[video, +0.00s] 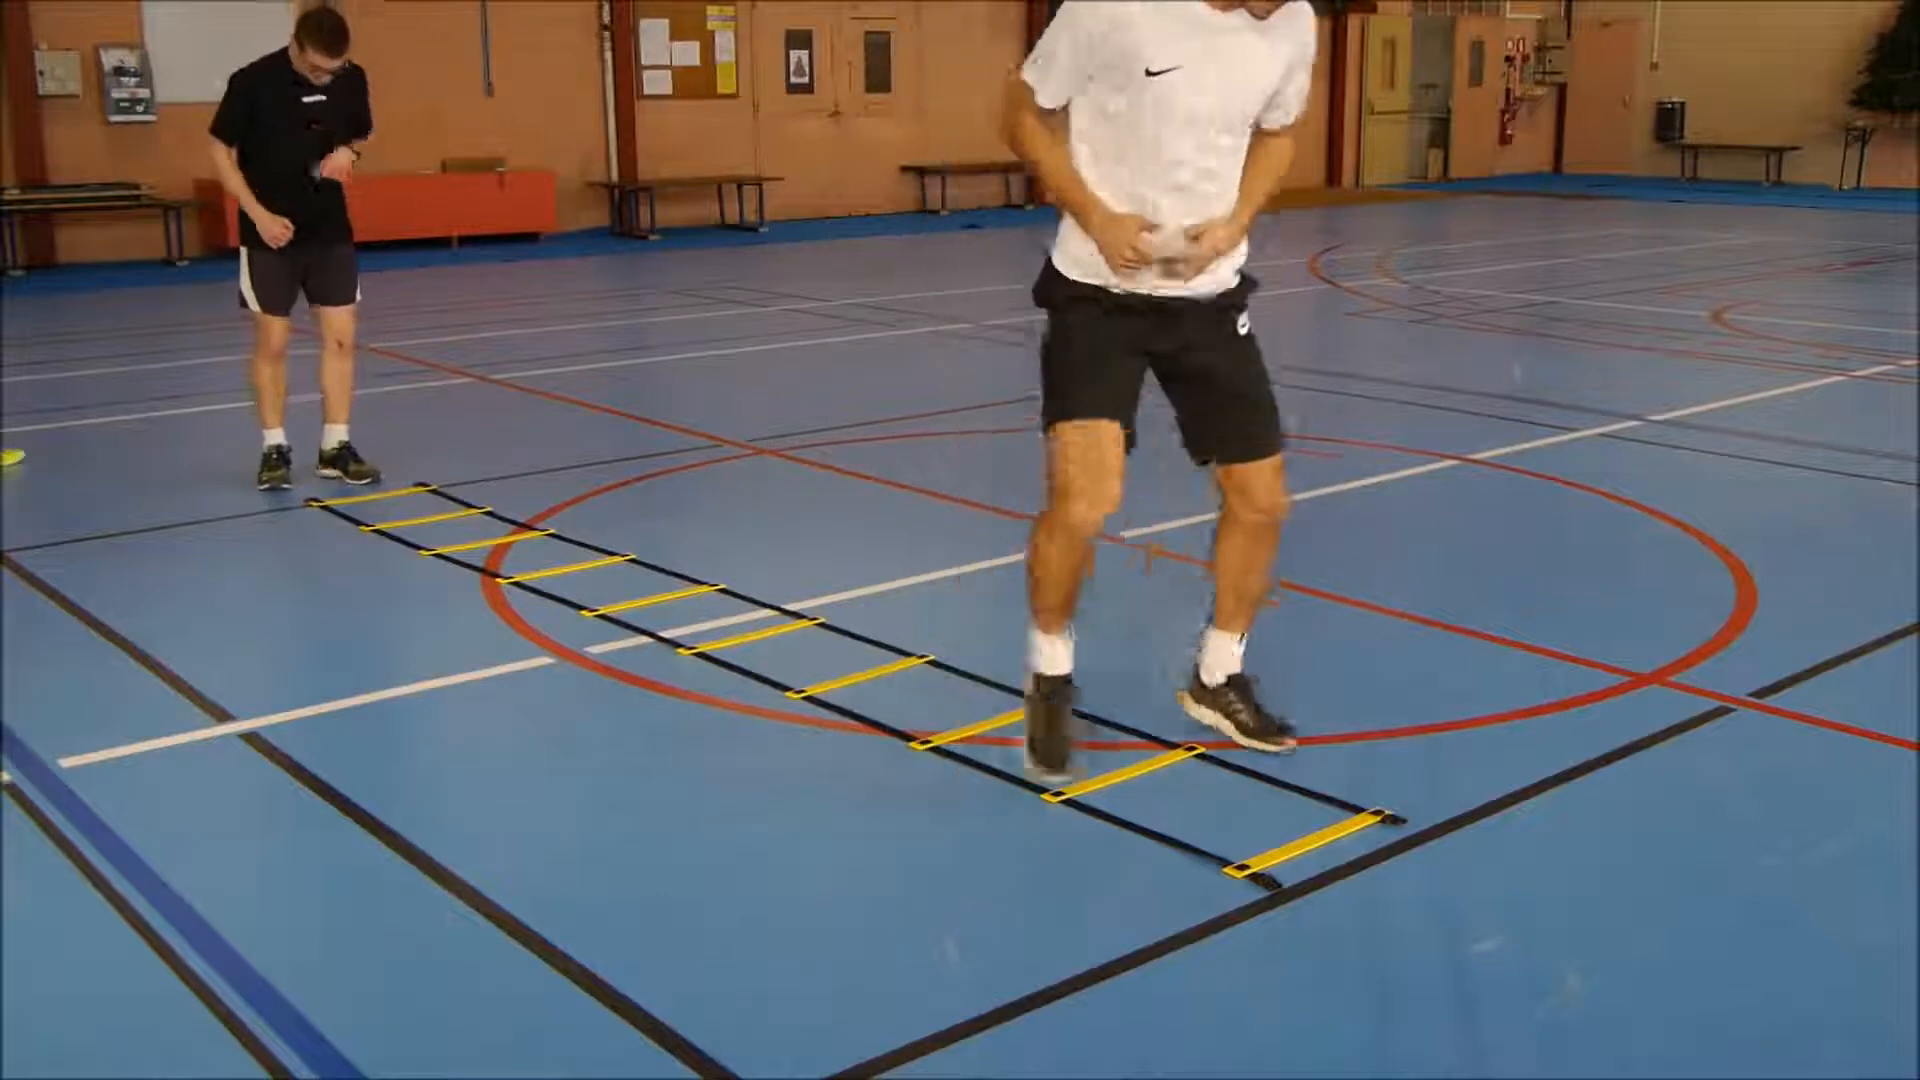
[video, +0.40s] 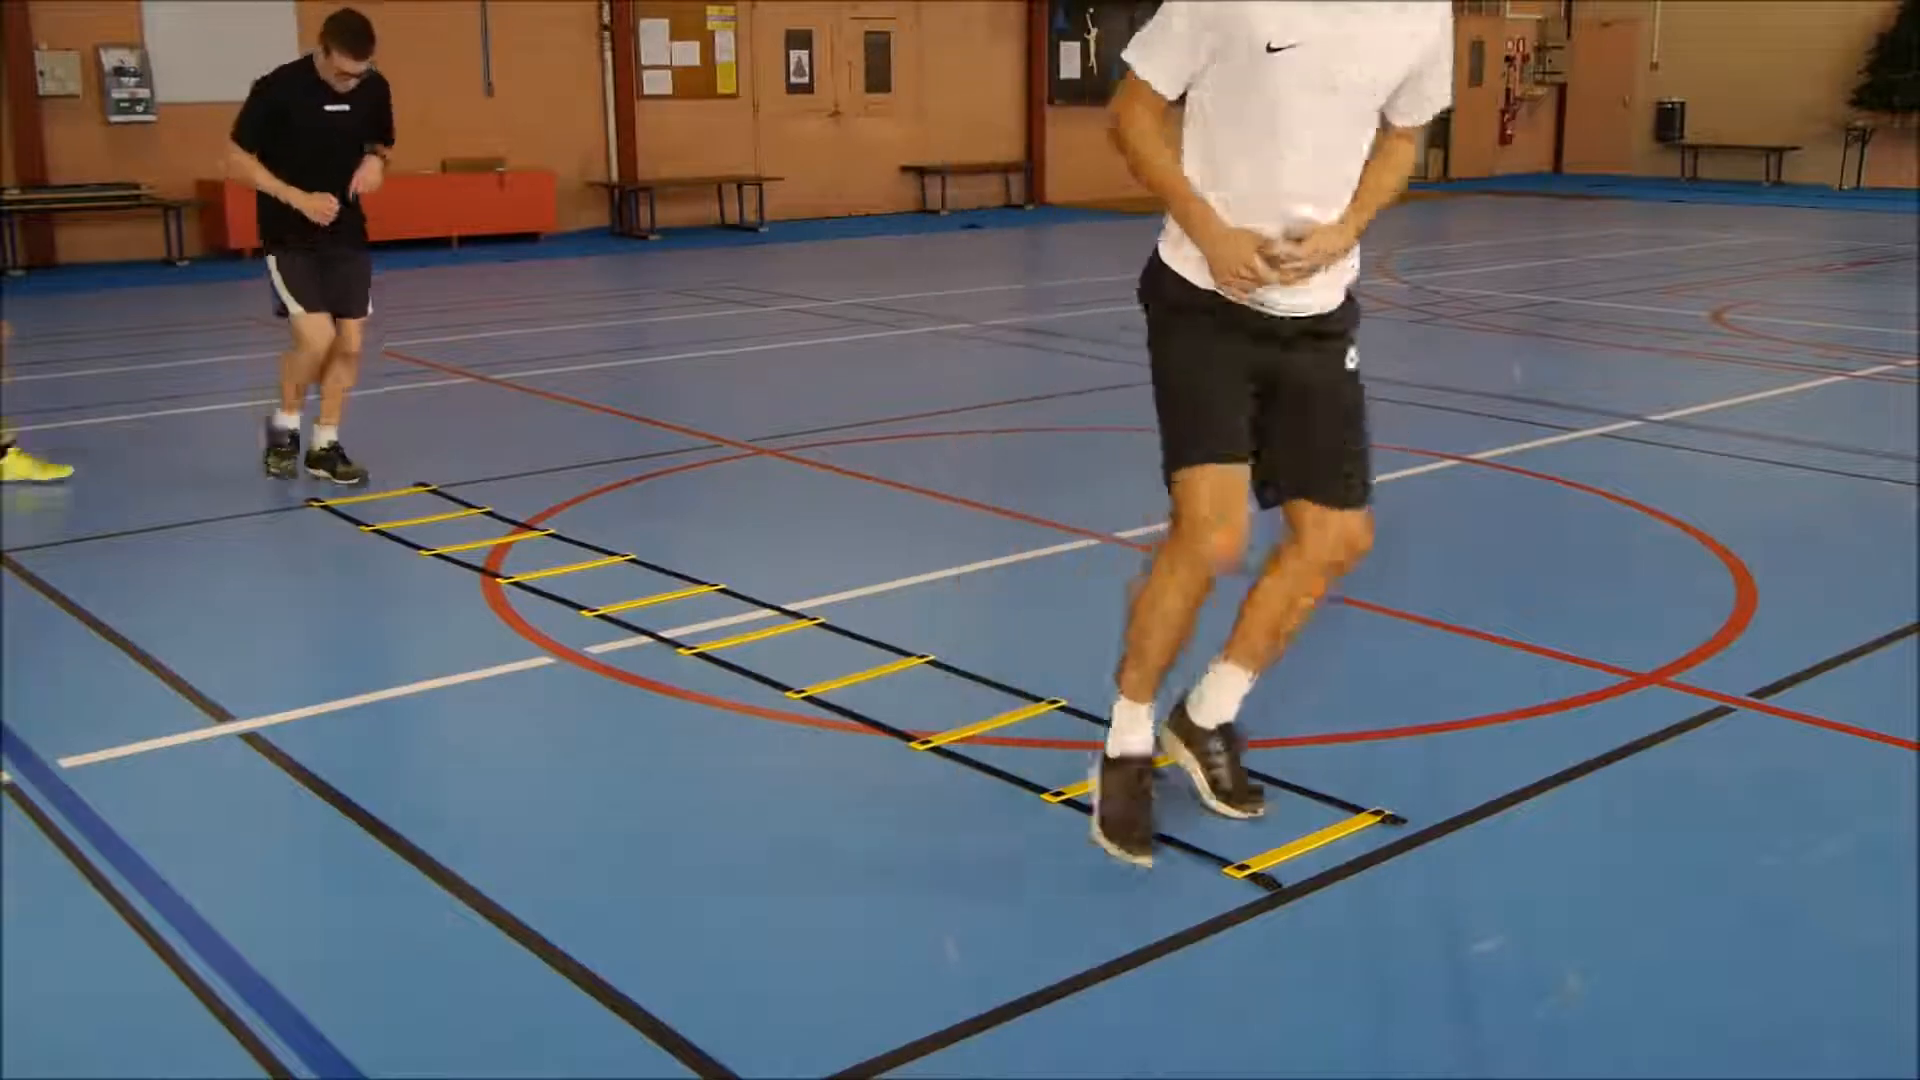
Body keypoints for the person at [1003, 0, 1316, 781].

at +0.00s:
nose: (1266, 3)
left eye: (1276, 2)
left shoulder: (1293, 22)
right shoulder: (1106, 13)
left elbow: (1277, 133)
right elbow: (1026, 113)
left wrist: (1235, 220)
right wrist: (1094, 217)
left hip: (1209, 300)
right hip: (1096, 295)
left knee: (1261, 500)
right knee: (1085, 500)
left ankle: (1218, 675)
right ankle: (1050, 674)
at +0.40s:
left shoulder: (1425, 13)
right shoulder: (1220, 8)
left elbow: (1402, 135)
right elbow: (1135, 109)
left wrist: (1350, 224)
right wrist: (1204, 227)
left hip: (1319, 308)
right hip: (1201, 296)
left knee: (1335, 536)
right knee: (1212, 533)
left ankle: (1207, 715)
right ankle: (1127, 743)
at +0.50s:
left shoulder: (1436, 19)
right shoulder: (1284, 18)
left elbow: (1362, 142)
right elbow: (1178, 163)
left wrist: (1386, 224)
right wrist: (1306, 284)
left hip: (1357, 340)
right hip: (1253, 343)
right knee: (1189, 598)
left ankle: (1319, 675)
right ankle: (1070, 808)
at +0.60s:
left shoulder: (1473, 25)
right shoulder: (1350, 23)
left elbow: (1394, 161)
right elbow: (1248, 181)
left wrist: (1446, 235)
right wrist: (1384, 299)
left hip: (1403, 343)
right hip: (1299, 346)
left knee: (1544, 510)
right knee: (1210, 596)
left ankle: (1414, 702)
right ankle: (1074, 803)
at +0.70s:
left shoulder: (1602, 9)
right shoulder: (1433, 6)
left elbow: (1511, 140)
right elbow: (1321, 119)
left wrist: (1562, 198)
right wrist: (1434, 242)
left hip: (1515, 337)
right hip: (1400, 327)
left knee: (1558, 567)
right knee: (1332, 596)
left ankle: (1487, 779)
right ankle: (1159, 763)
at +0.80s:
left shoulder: (1696, 11)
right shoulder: (1495, 10)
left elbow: (1677, 147)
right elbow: (1378, 112)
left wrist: (1666, 203)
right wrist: (1445, 240)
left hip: (1588, 346)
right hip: (1469, 339)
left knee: (1600, 576)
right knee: (1464, 611)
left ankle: (1494, 775)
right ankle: (1294, 738)